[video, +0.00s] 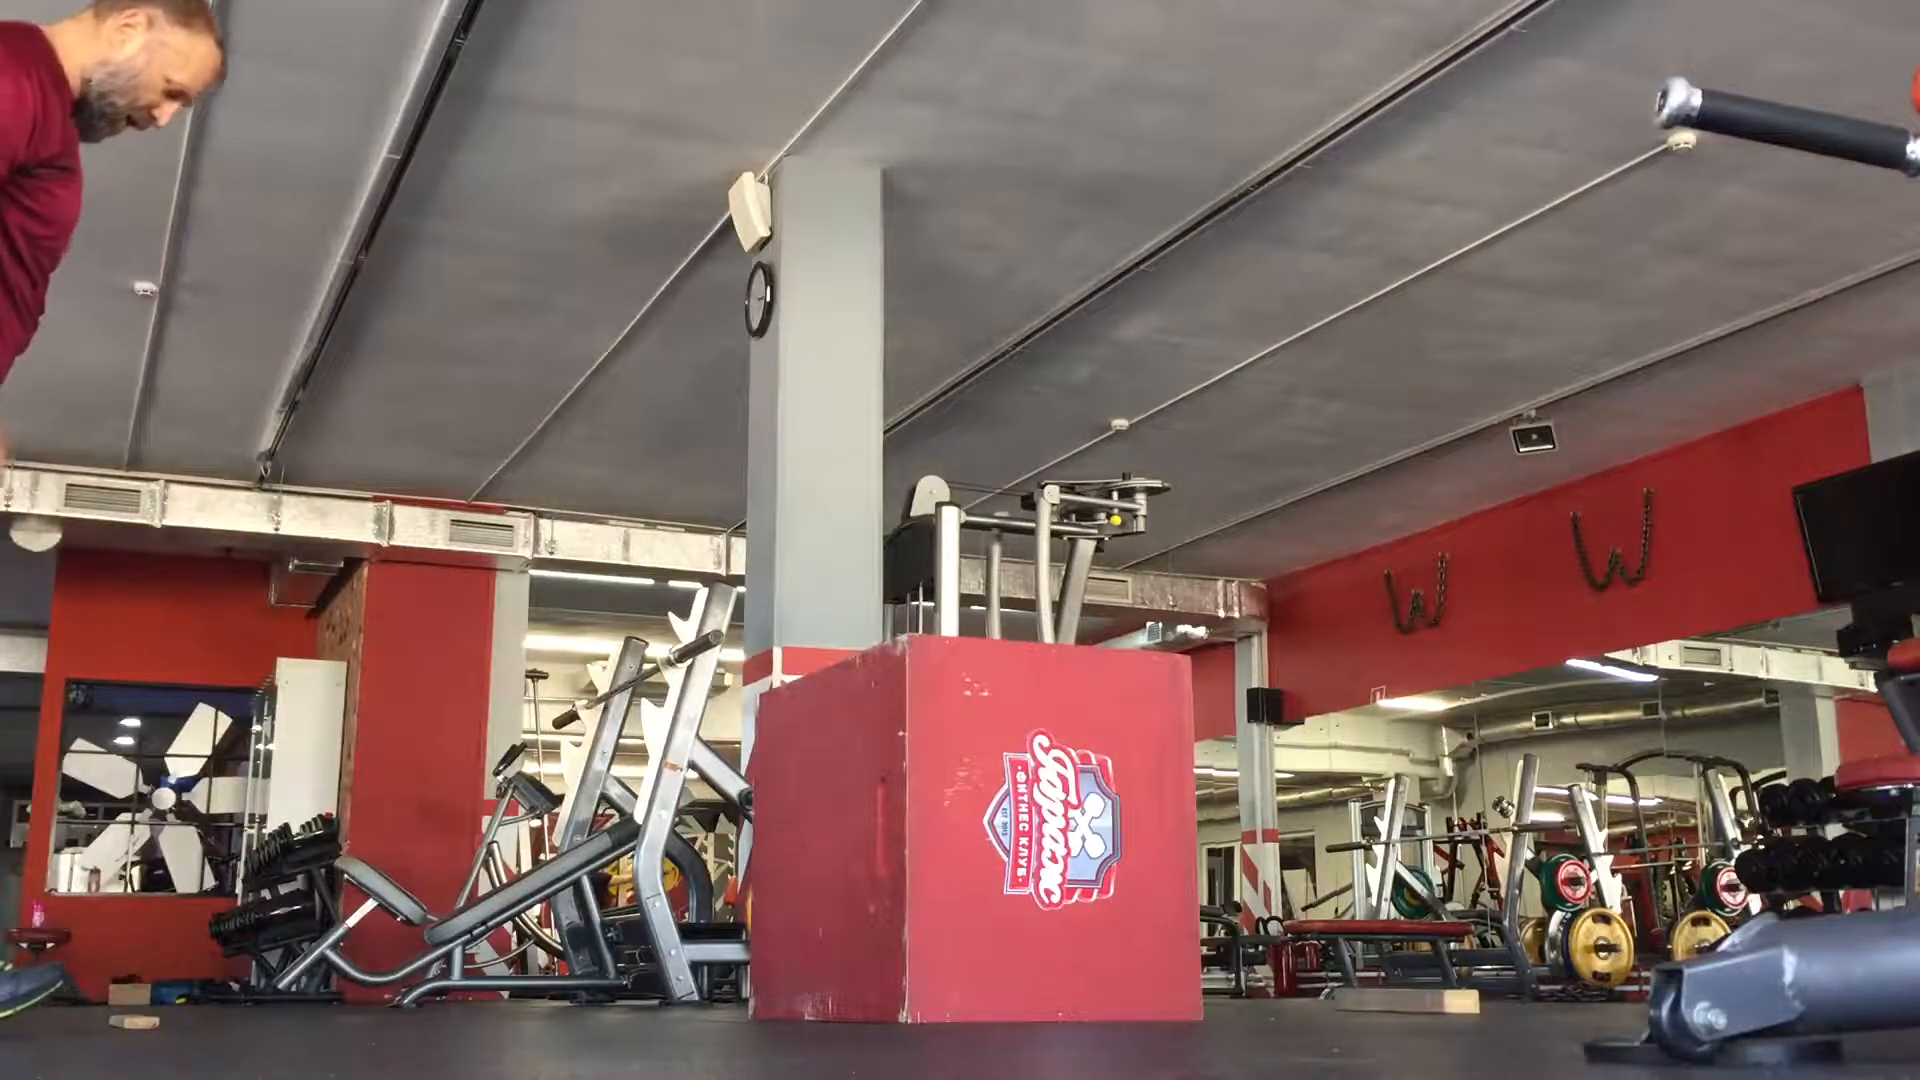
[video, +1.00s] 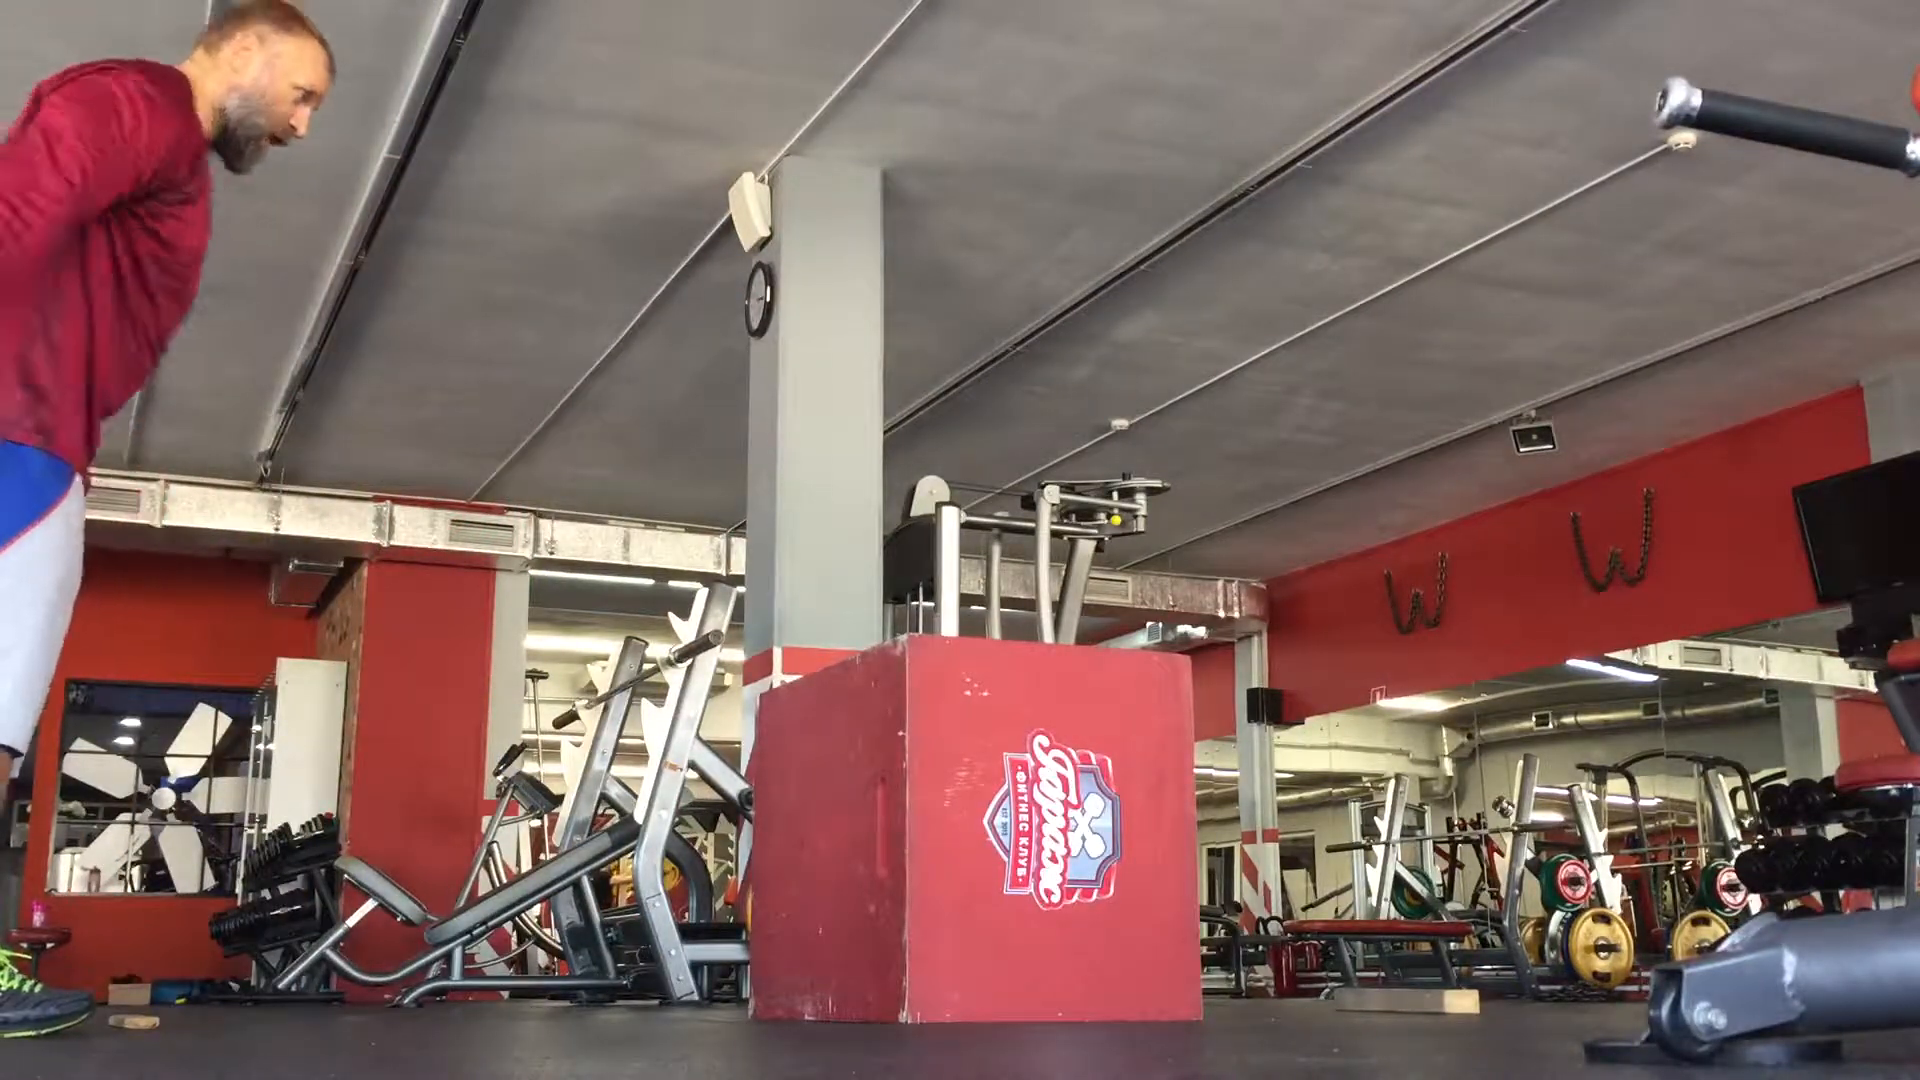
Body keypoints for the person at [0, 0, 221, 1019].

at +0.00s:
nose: (164, 117)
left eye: (183, 106)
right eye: (175, 88)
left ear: (123, 27)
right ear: (131, 22)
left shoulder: (47, 113)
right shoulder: (19, 80)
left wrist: (2, 438)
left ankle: (3, 953)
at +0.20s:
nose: (177, 101)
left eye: (195, 90)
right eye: (186, 72)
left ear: (136, 19)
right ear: (144, 12)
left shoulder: (59, 92)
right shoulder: (31, 73)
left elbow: (16, 240)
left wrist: (16, 386)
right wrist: (11, 382)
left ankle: (2, 942)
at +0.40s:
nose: (181, 99)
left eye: (198, 87)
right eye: (190, 69)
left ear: (137, 19)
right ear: (145, 10)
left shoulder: (66, 81)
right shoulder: (40, 62)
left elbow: (15, 223)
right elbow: (0, 190)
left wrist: (37, 380)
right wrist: (39, 365)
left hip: (13, 441)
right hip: (4, 438)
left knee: (3, 680)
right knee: (0, 680)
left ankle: (8, 955)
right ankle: (3, 957)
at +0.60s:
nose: (202, 111)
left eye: (216, 98)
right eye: (208, 81)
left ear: (160, 36)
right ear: (158, 22)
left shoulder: (91, 119)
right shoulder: (53, 77)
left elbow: (44, 308)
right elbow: (3, 197)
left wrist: (69, 467)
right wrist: (65, 365)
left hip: (27, 464)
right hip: (8, 458)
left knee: (10, 724)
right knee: (5, 724)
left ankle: (4, 964)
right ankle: (0, 966)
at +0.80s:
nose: (232, 101)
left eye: (243, 86)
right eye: (233, 71)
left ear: (177, 33)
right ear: (177, 23)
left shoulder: (113, 119)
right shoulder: (83, 83)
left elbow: (63, 339)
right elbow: (32, 219)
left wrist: (120, 477)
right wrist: (112, 398)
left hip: (37, 460)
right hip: (18, 453)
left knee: (12, 719)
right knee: (7, 719)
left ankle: (6, 965)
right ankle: (2, 968)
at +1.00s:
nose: (302, 124)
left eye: (314, 108)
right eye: (302, 94)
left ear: (240, 58)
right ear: (240, 52)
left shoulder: (164, 131)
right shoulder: (143, 103)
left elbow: (43, 264)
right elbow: (14, 220)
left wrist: (60, 449)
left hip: (40, 453)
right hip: (25, 451)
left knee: (12, 723)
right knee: (7, 724)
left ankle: (2, 963)